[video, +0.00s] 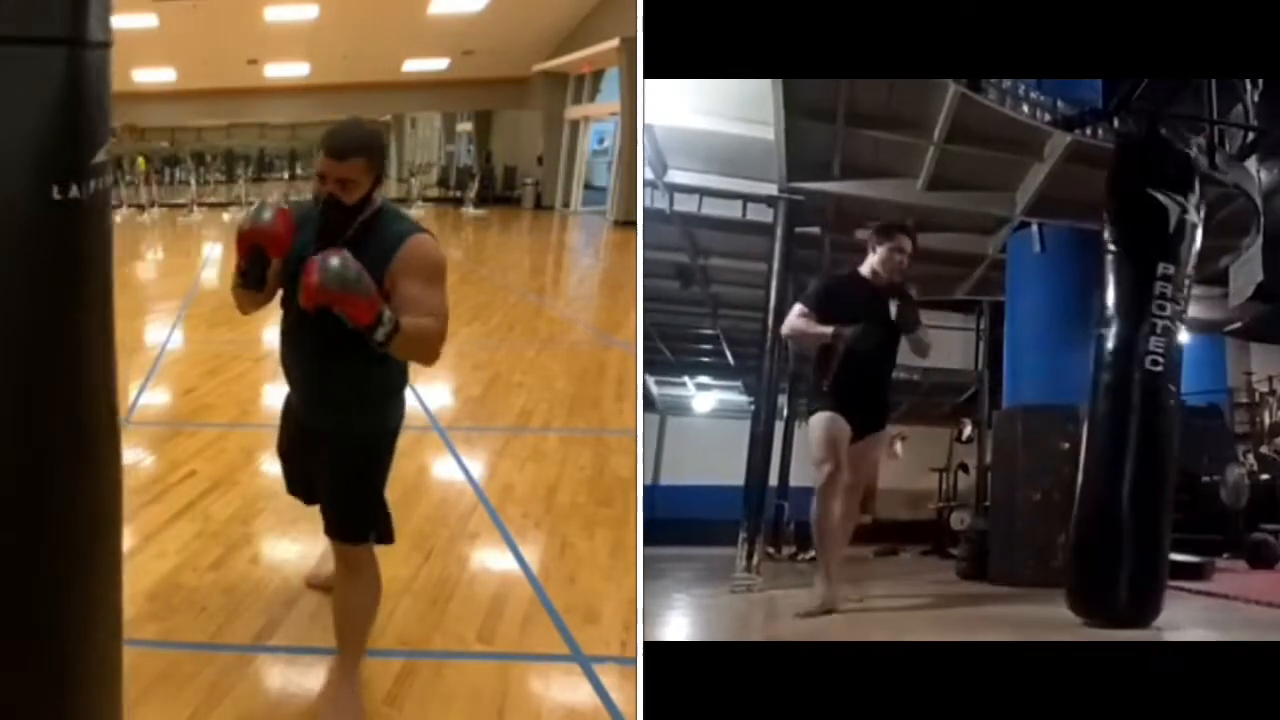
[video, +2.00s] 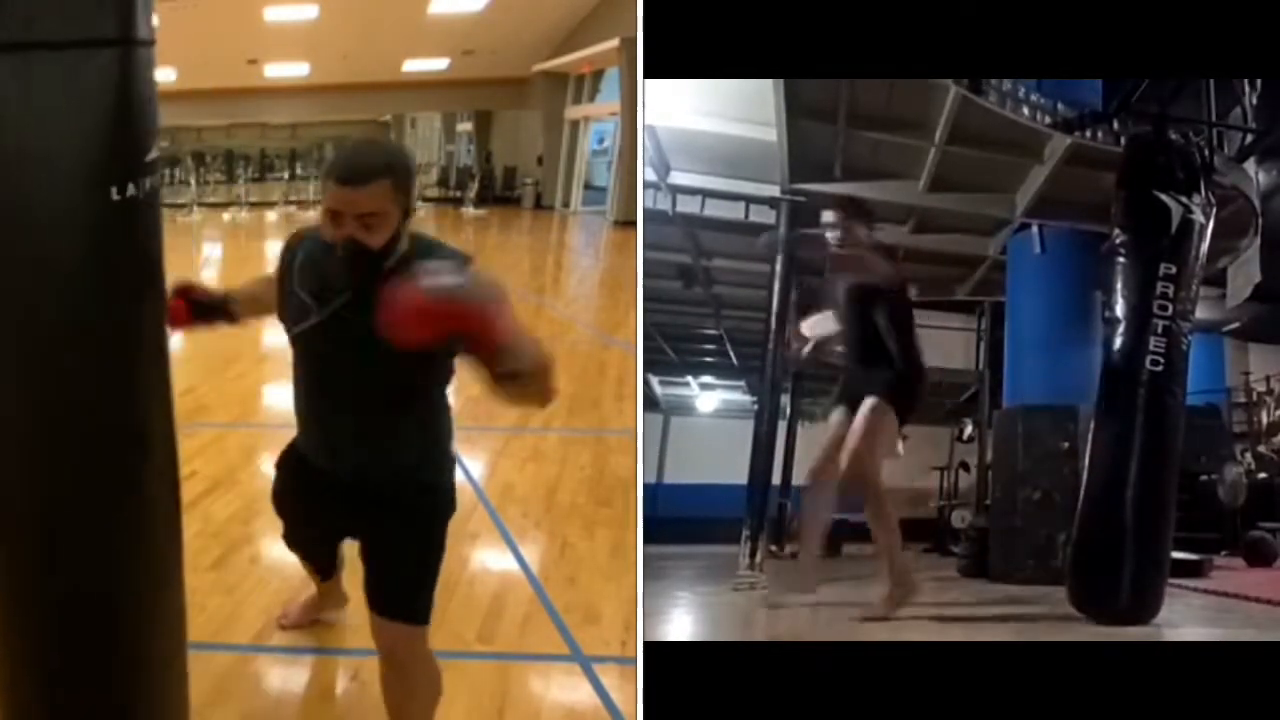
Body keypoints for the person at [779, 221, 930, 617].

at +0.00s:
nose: (902, 262)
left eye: (907, 256)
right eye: (896, 252)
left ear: (909, 262)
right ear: (873, 250)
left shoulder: (898, 301)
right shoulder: (836, 286)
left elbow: (923, 351)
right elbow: (791, 325)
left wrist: (911, 323)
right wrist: (836, 332)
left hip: (872, 404)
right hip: (831, 398)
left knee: (854, 496)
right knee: (830, 476)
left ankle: (828, 576)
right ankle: (825, 584)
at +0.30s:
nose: (894, 261)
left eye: (900, 256)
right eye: (889, 253)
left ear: (902, 263)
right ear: (867, 253)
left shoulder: (894, 302)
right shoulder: (837, 287)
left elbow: (914, 354)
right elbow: (799, 324)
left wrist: (919, 330)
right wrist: (849, 314)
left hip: (870, 405)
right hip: (830, 399)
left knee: (852, 492)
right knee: (817, 486)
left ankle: (828, 575)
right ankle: (790, 573)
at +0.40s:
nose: (890, 264)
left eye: (895, 258)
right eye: (884, 255)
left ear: (898, 266)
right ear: (864, 256)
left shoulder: (889, 304)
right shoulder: (837, 289)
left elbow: (881, 349)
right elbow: (811, 324)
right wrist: (864, 311)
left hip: (871, 405)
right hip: (829, 401)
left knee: (881, 491)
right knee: (805, 489)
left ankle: (842, 561)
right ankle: (787, 574)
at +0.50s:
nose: (889, 264)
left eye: (894, 260)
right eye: (884, 256)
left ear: (896, 268)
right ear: (863, 257)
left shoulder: (889, 306)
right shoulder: (833, 289)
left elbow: (881, 343)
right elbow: (812, 327)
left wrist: (908, 361)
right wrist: (864, 318)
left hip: (867, 406)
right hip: (825, 402)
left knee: (897, 459)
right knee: (799, 483)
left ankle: (865, 546)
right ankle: (788, 576)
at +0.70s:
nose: (901, 268)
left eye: (906, 263)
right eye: (896, 260)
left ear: (907, 270)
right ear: (875, 258)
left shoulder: (901, 304)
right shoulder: (843, 291)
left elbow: (908, 338)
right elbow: (806, 331)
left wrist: (922, 358)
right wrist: (856, 334)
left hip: (879, 400)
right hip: (836, 398)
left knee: (908, 477)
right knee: (805, 485)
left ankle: (921, 573)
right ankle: (787, 578)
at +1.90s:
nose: (869, 253)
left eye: (876, 248)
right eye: (863, 246)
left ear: (886, 256)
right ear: (846, 251)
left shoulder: (896, 295)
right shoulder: (817, 293)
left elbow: (932, 346)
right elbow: (777, 344)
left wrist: (945, 372)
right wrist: (792, 337)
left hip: (875, 404)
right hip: (827, 405)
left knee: (870, 480)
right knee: (787, 495)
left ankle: (888, 596)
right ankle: (795, 591)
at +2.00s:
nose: (834, 236)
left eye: (842, 228)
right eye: (830, 228)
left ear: (864, 229)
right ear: (828, 231)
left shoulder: (881, 269)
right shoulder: (850, 277)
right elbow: (860, 338)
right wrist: (819, 338)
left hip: (892, 380)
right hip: (859, 381)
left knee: (860, 469)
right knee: (822, 474)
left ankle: (899, 579)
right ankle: (806, 574)